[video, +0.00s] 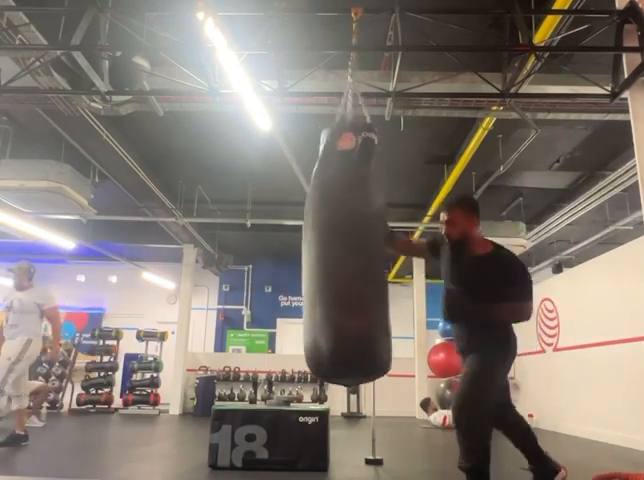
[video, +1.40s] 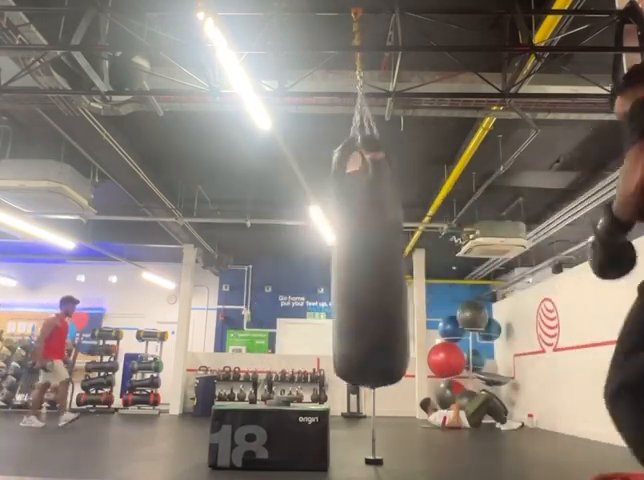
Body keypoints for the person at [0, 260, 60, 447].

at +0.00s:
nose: (15, 278)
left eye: (19, 275)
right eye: (14, 274)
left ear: (29, 276)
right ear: (15, 276)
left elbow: (55, 319)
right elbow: (8, 322)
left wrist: (55, 347)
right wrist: (3, 341)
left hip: (29, 342)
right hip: (11, 341)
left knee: (6, 376)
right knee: (18, 386)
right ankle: (20, 430)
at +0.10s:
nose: (8, 276)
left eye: (13, 273)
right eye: (8, 272)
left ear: (23, 276)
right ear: (7, 274)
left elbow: (48, 321)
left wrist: (53, 347)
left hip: (21, 344)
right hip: (4, 343)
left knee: (12, 384)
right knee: (11, 385)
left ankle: (19, 429)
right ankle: (19, 429)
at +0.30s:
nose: (1, 272)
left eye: (3, 267)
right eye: (1, 267)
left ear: (11, 269)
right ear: (5, 270)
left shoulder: (20, 291)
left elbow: (31, 322)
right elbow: (31, 321)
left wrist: (30, 349)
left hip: (7, 341)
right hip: (6, 341)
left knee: (4, 383)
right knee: (3, 384)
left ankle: (9, 423)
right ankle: (9, 423)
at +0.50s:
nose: (44, 327)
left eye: (44, 324)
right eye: (41, 324)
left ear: (38, 326)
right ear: (33, 325)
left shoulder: (33, 341)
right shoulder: (21, 340)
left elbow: (29, 360)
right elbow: (9, 359)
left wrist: (30, 373)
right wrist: (9, 380)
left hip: (23, 373)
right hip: (13, 374)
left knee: (42, 384)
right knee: (41, 385)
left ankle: (34, 415)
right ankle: (31, 416)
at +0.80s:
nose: (59, 313)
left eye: (59, 310)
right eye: (57, 310)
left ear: (53, 311)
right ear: (50, 311)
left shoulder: (49, 328)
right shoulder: (37, 325)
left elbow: (43, 347)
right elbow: (27, 344)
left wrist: (42, 363)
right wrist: (23, 363)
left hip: (39, 362)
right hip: (31, 362)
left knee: (42, 386)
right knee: (40, 386)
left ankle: (35, 414)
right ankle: (32, 416)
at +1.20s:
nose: (67, 308)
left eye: (68, 305)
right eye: (66, 305)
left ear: (63, 306)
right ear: (58, 305)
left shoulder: (57, 323)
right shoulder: (44, 320)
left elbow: (54, 342)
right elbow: (35, 338)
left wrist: (54, 359)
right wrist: (34, 357)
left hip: (49, 360)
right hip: (41, 359)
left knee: (38, 387)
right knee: (45, 385)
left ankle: (34, 413)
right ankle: (30, 414)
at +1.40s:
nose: (74, 310)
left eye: (74, 307)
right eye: (72, 307)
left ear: (68, 307)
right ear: (64, 306)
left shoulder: (64, 324)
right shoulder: (52, 321)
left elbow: (60, 343)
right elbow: (41, 339)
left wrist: (65, 357)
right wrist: (39, 359)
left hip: (56, 358)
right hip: (50, 358)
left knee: (42, 386)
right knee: (64, 381)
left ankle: (31, 415)